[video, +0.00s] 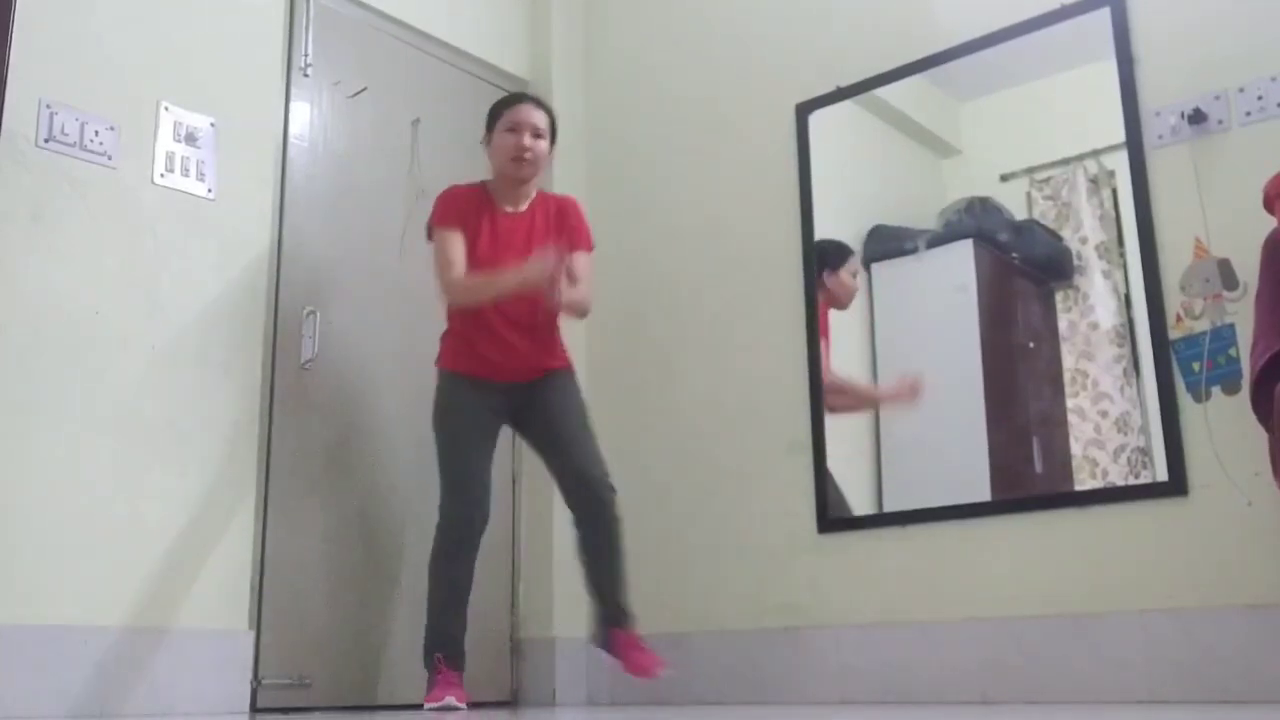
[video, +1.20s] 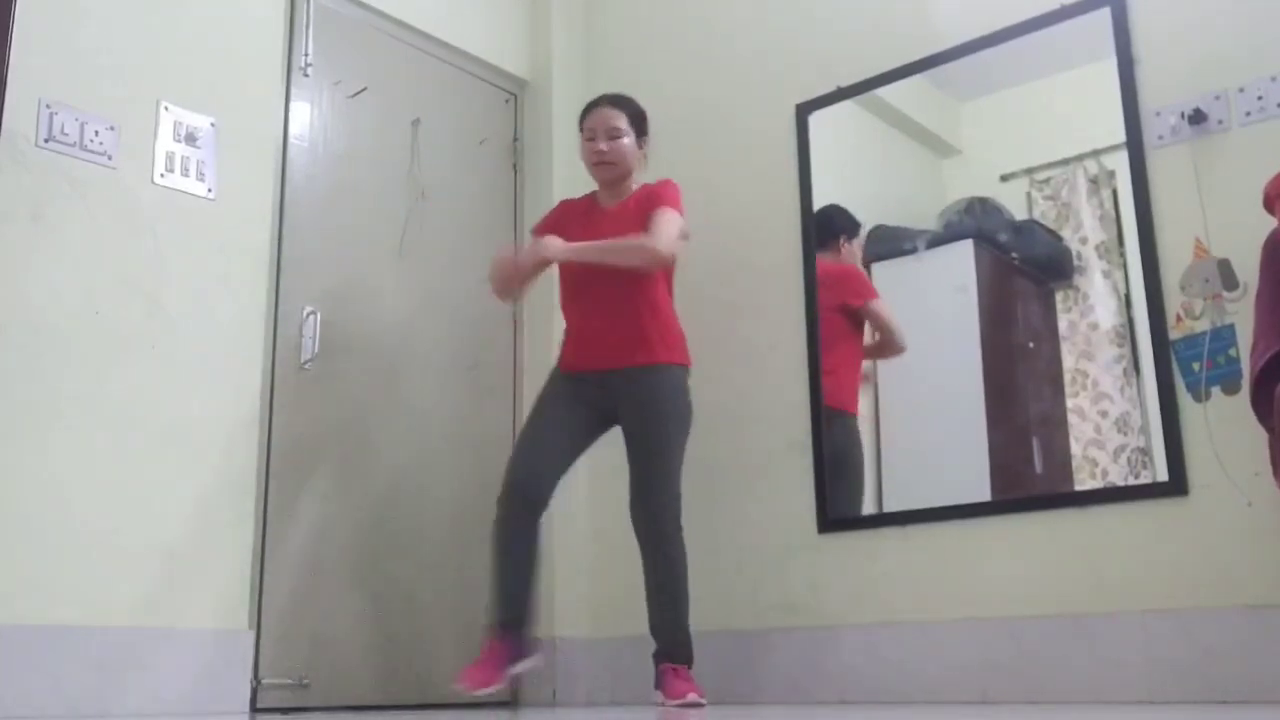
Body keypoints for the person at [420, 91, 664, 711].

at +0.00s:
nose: (526, 142)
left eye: (538, 134)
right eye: (514, 130)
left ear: (551, 150)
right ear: (489, 142)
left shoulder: (565, 213)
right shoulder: (458, 203)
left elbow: (581, 301)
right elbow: (455, 291)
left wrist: (562, 286)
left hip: (544, 377)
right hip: (470, 379)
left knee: (595, 496)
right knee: (464, 516)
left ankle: (616, 626)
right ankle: (445, 671)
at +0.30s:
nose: (603, 146)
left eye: (611, 138)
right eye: (590, 135)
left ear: (618, 154)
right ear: (556, 147)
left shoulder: (634, 213)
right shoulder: (526, 212)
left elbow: (649, 299)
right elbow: (539, 295)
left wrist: (623, 284)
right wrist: (612, 290)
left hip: (625, 388)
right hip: (548, 387)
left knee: (646, 521)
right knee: (512, 518)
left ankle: (670, 666)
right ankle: (454, 664)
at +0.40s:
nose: (628, 151)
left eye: (635, 142)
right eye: (613, 139)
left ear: (641, 157)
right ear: (580, 151)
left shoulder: (658, 218)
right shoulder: (549, 222)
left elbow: (674, 298)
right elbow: (557, 303)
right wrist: (578, 373)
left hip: (647, 383)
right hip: (576, 382)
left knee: (664, 525)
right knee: (557, 505)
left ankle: (673, 668)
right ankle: (490, 643)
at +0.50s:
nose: (638, 148)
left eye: (647, 140)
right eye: (624, 136)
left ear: (655, 156)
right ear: (594, 150)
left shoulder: (673, 219)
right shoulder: (564, 222)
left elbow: (700, 313)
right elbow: (553, 320)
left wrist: (718, 398)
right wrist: (542, 410)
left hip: (664, 385)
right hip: (588, 383)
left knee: (670, 523)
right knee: (600, 493)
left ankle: (673, 667)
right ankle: (553, 627)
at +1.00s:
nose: (631, 149)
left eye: (643, 141)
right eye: (619, 140)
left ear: (658, 157)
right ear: (598, 153)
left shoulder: (683, 217)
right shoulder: (579, 229)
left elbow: (715, 301)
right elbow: (560, 324)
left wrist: (702, 366)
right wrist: (541, 404)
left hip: (677, 390)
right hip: (603, 393)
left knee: (675, 525)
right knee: (584, 505)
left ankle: (676, 667)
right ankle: (620, 608)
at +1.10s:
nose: (621, 149)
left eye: (633, 140)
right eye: (610, 141)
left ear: (654, 154)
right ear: (593, 154)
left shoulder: (677, 212)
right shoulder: (576, 227)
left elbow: (689, 291)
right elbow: (544, 305)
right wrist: (524, 342)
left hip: (669, 388)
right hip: (595, 389)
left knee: (667, 522)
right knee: (546, 493)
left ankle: (674, 666)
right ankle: (579, 608)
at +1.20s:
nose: (601, 146)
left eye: (614, 135)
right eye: (591, 137)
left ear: (640, 144)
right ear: (579, 149)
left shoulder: (660, 196)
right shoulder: (563, 216)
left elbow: (660, 250)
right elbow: (510, 288)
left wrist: (559, 249)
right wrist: (512, 268)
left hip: (652, 378)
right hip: (578, 379)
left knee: (657, 518)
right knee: (520, 493)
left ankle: (674, 667)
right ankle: (509, 640)